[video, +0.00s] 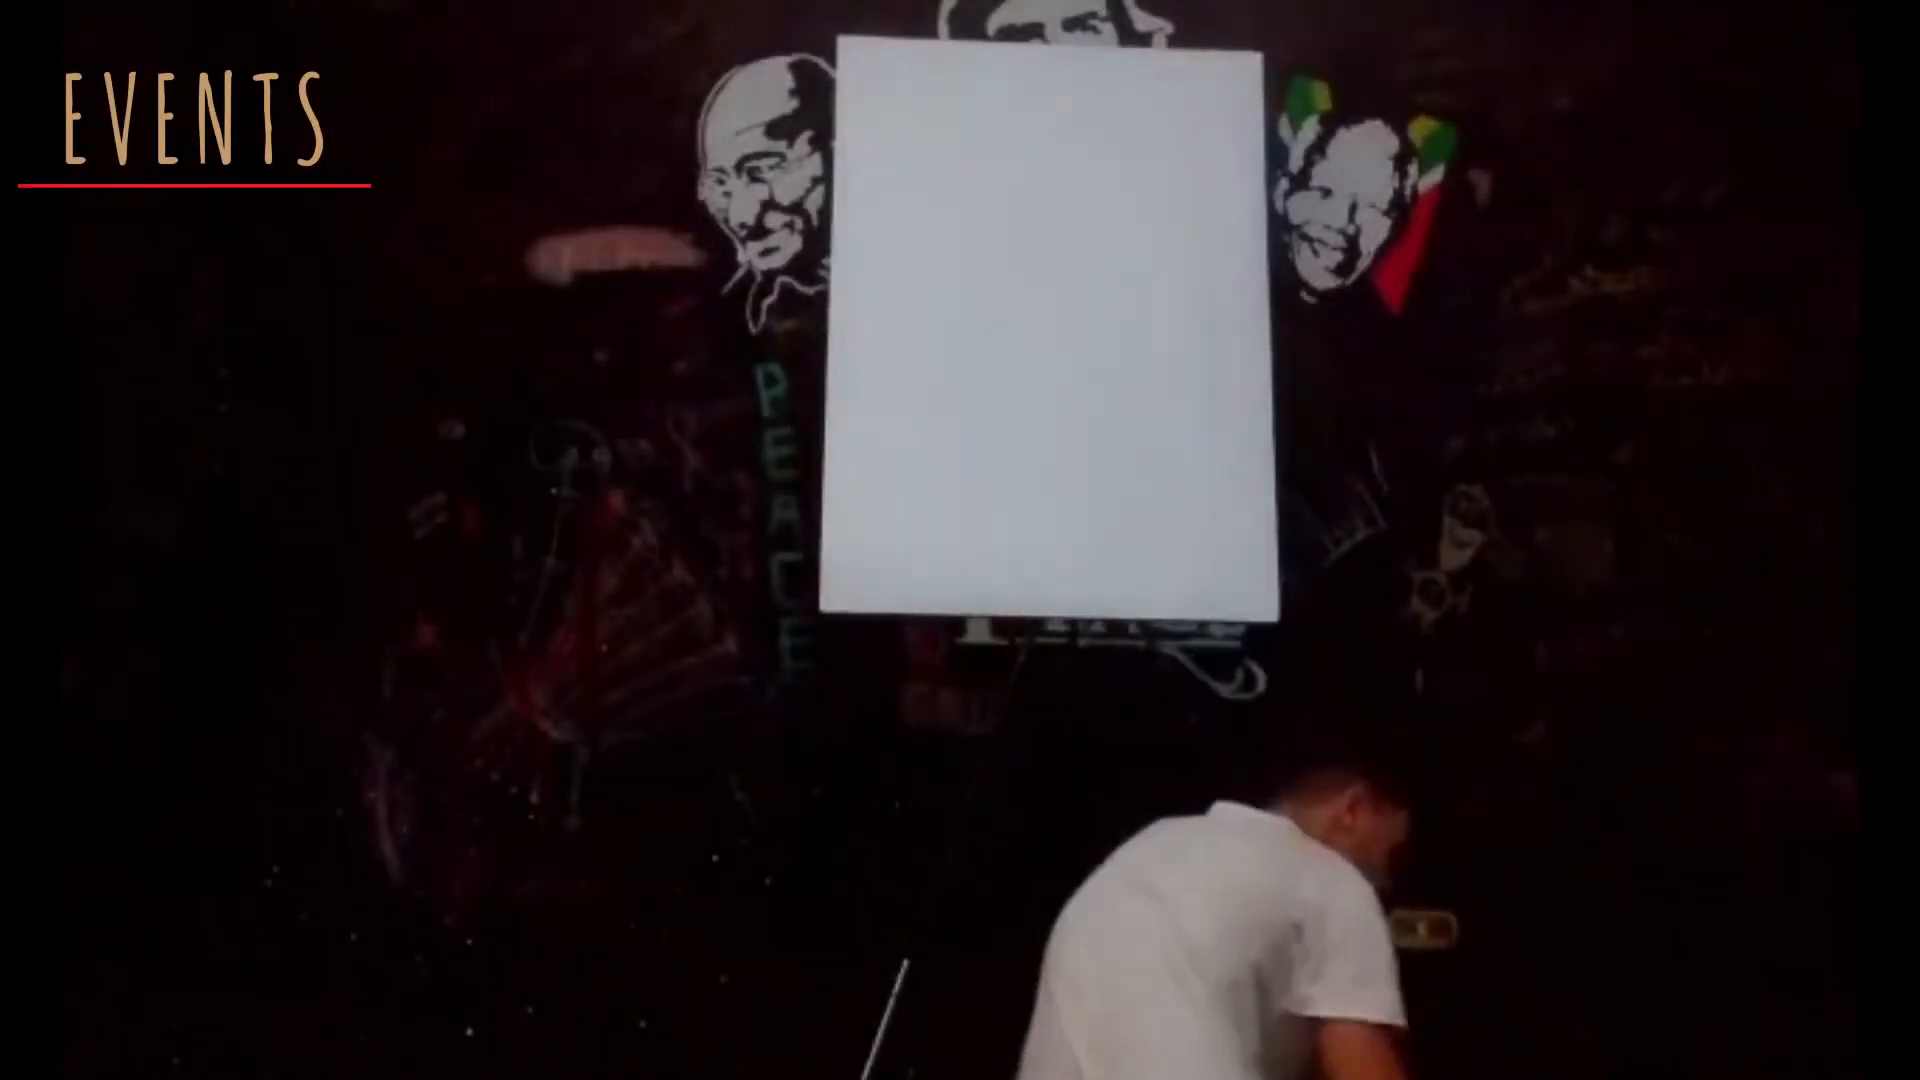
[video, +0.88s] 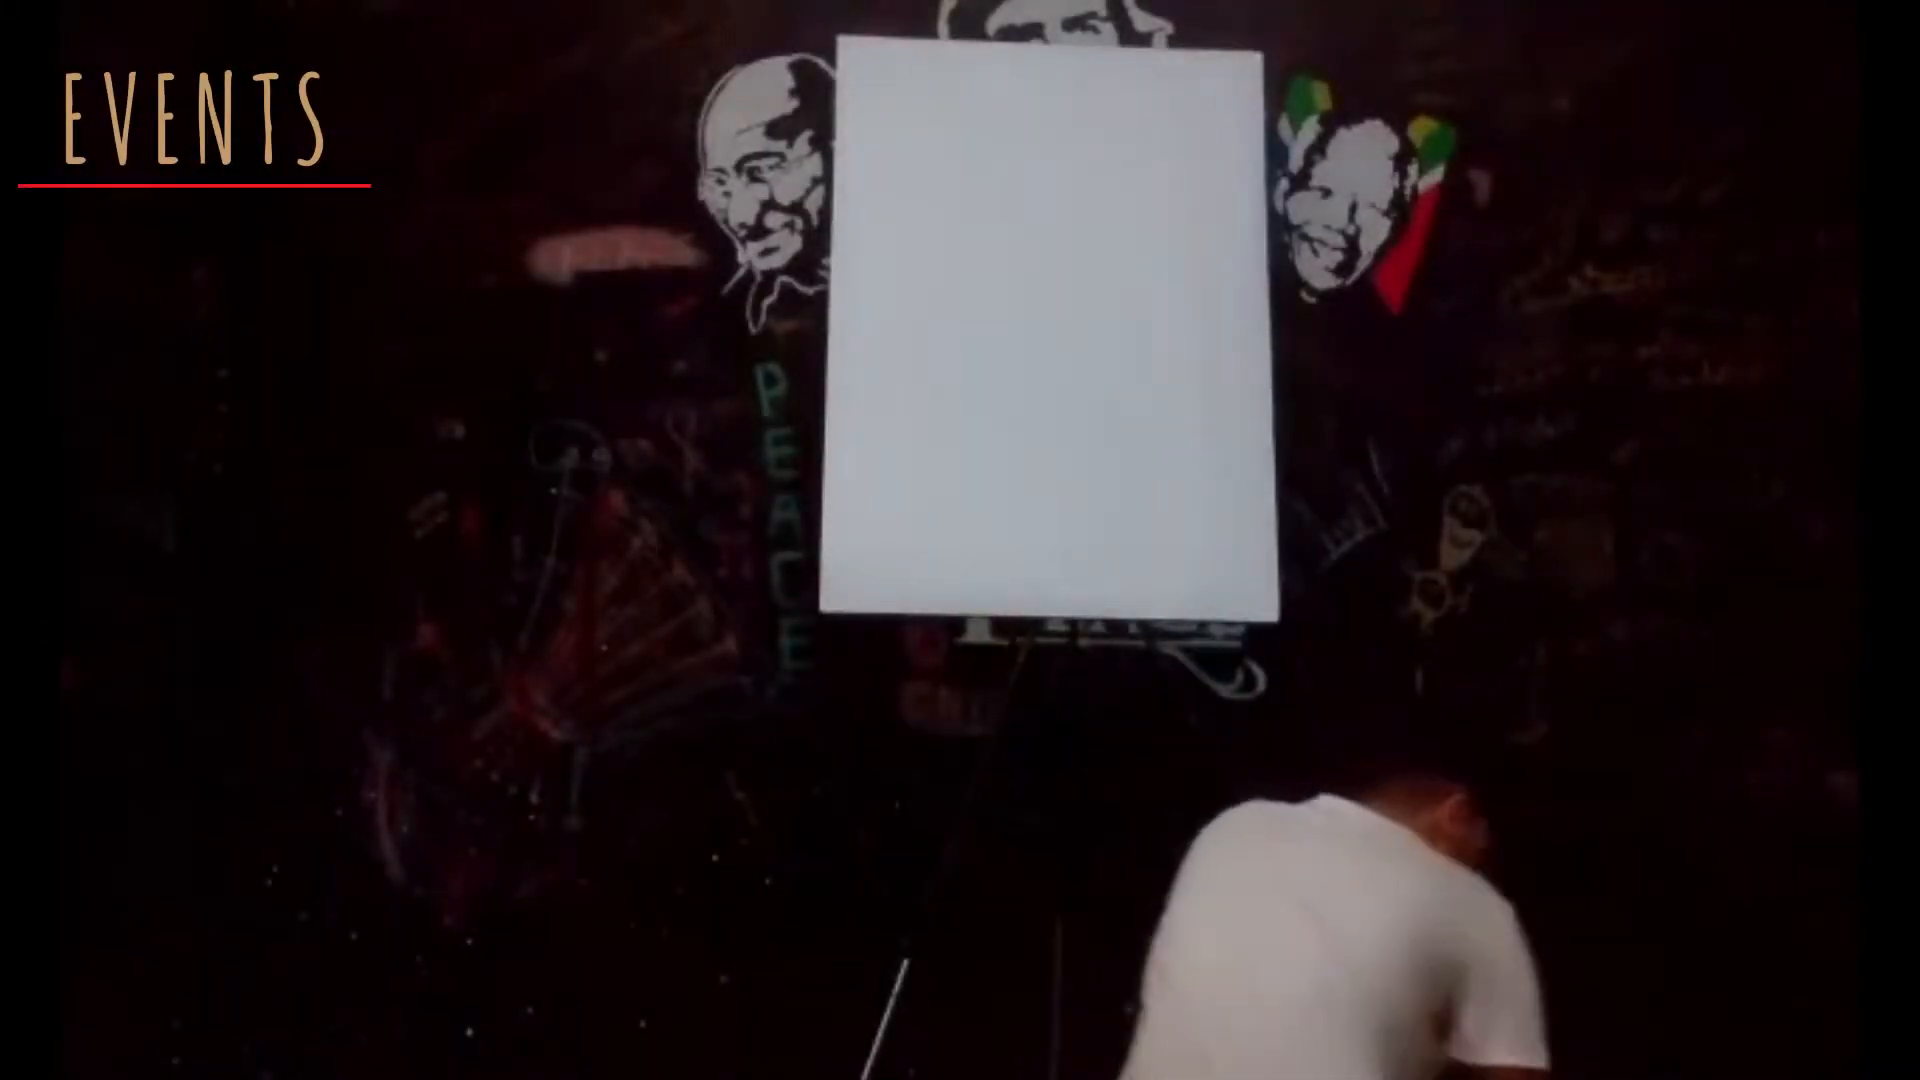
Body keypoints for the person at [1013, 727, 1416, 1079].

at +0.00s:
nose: (1381, 879)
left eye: (1391, 857)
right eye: (1388, 851)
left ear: (1289, 798)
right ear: (1351, 812)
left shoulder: (1161, 837)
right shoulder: (1328, 885)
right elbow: (1360, 1064)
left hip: (1050, 1063)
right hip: (1176, 1059)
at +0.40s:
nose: (1419, 873)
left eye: (1430, 859)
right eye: (1426, 852)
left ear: (1326, 800)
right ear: (1396, 813)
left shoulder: (1189, 830)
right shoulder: (1387, 892)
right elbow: (1405, 1068)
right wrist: (1426, 959)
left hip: (1079, 1067)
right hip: (1236, 1063)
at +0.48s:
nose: (1429, 873)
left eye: (1439, 858)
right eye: (1435, 852)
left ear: (1333, 802)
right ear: (1405, 814)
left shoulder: (1194, 828)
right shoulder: (1396, 893)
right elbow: (1417, 1065)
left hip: (1085, 1066)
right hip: (1247, 1062)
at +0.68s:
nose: (1446, 874)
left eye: (1457, 860)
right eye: (1454, 854)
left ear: (1352, 795)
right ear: (1427, 816)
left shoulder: (1208, 826)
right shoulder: (1433, 907)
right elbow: (1463, 1063)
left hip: (1113, 1066)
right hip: (1284, 1061)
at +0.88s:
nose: (1473, 867)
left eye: (1479, 855)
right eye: (1475, 850)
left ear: (1359, 791)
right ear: (1453, 817)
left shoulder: (1229, 830)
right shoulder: (1472, 912)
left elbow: (1161, 999)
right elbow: (1510, 1067)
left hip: (1152, 1068)